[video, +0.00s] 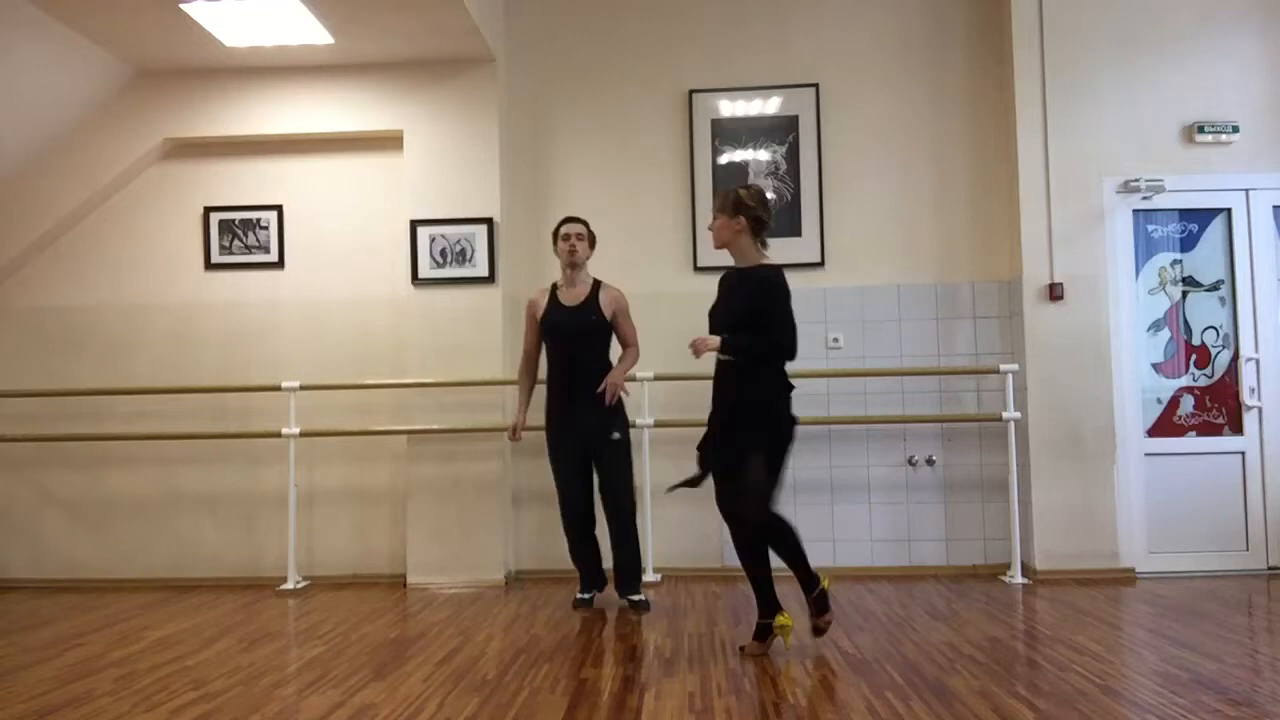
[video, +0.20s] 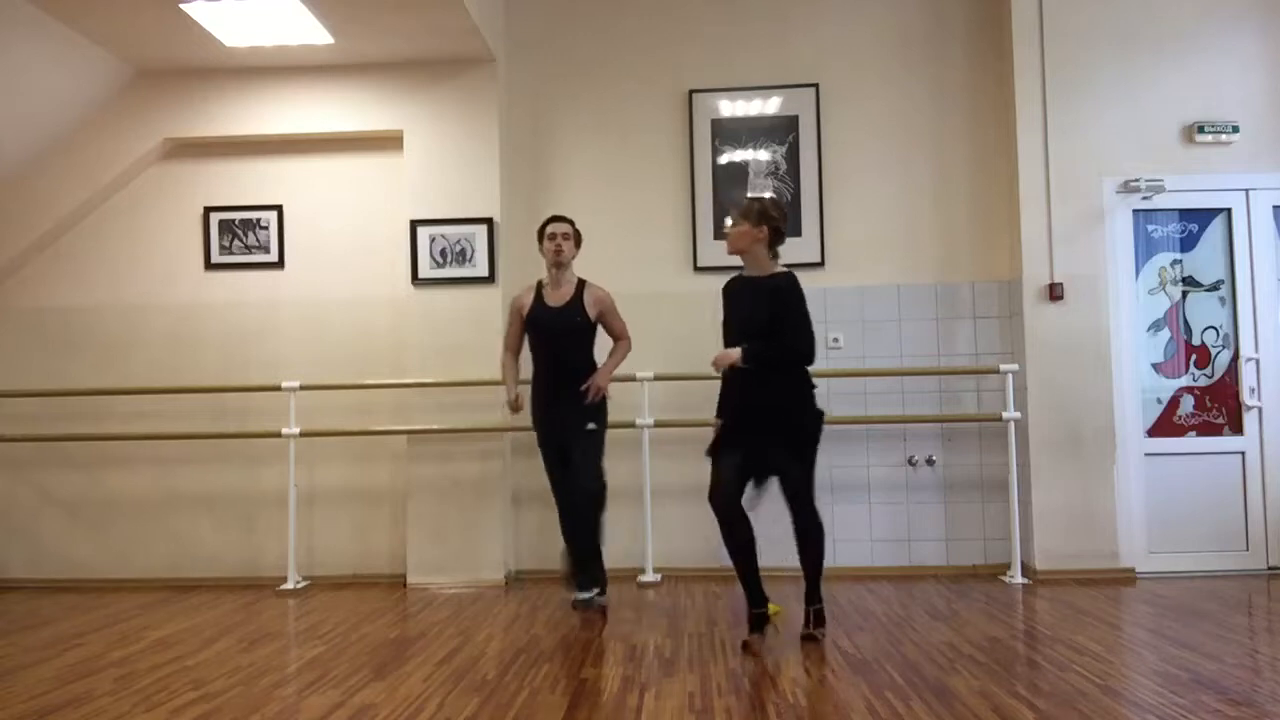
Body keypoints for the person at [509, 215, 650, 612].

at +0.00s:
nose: (572, 244)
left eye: (579, 239)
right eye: (565, 238)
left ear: (591, 248)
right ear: (555, 248)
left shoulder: (610, 297)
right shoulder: (540, 302)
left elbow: (632, 347)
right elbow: (529, 361)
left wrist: (619, 373)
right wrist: (522, 410)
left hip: (605, 412)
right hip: (562, 416)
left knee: (619, 504)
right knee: (574, 508)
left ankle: (630, 587)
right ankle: (589, 582)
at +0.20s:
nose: (558, 244)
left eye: (564, 238)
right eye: (551, 238)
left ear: (576, 247)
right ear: (541, 247)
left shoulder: (595, 297)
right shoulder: (524, 301)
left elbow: (622, 339)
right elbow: (511, 351)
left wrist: (605, 372)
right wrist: (512, 387)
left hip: (585, 402)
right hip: (546, 405)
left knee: (586, 486)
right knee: (565, 493)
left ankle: (587, 573)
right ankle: (587, 580)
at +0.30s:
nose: (548, 248)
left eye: (555, 242)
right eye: (541, 242)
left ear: (567, 252)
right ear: (531, 251)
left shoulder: (585, 302)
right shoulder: (515, 305)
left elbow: (610, 347)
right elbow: (500, 359)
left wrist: (595, 379)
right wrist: (507, 387)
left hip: (575, 407)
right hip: (537, 408)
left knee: (564, 494)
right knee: (562, 496)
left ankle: (528, 583)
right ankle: (592, 583)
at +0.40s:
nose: (535, 243)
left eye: (542, 238)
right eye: (528, 238)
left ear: (554, 247)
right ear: (518, 247)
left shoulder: (572, 299)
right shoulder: (502, 301)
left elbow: (589, 350)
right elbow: (491, 358)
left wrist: (574, 377)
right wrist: (493, 402)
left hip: (555, 407)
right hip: (516, 406)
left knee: (539, 502)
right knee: (525, 499)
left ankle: (514, 590)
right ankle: (573, 563)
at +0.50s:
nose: (524, 237)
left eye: (531, 231)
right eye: (517, 231)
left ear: (543, 240)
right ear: (507, 240)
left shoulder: (560, 292)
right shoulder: (489, 295)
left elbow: (580, 349)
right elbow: (479, 354)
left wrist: (561, 365)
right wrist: (479, 403)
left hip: (545, 407)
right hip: (503, 406)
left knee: (534, 506)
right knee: (486, 492)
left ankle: (517, 595)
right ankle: (525, 549)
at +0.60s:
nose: (516, 234)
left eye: (523, 228)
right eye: (509, 228)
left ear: (536, 238)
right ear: (499, 238)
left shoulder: (552, 290)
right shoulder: (481, 292)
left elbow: (573, 348)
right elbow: (469, 349)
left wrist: (554, 358)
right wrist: (470, 400)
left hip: (539, 408)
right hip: (495, 406)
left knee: (530, 507)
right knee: (469, 495)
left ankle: (517, 598)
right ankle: (485, 575)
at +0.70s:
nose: (505, 236)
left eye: (512, 230)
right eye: (498, 230)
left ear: (524, 239)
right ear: (488, 240)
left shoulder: (541, 294)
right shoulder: (468, 294)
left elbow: (560, 353)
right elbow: (454, 349)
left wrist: (546, 356)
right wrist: (455, 399)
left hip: (529, 412)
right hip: (482, 410)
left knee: (526, 510)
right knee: (456, 504)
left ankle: (518, 599)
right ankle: (437, 603)